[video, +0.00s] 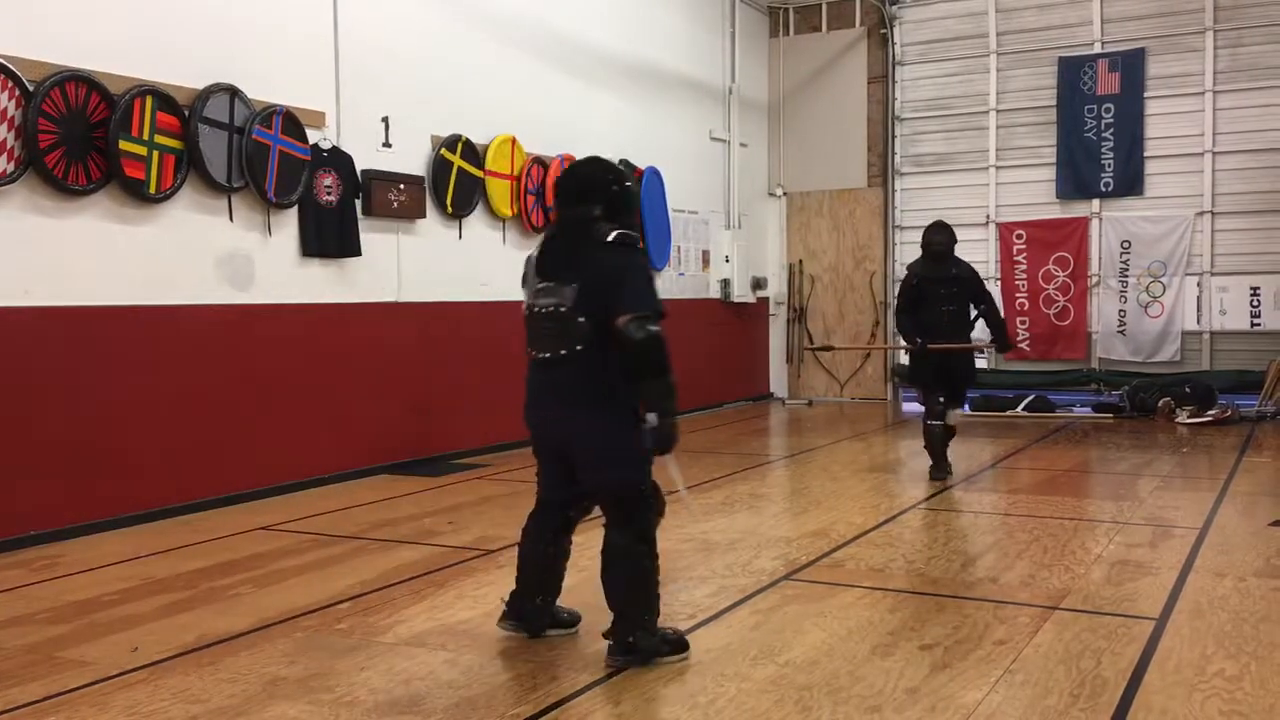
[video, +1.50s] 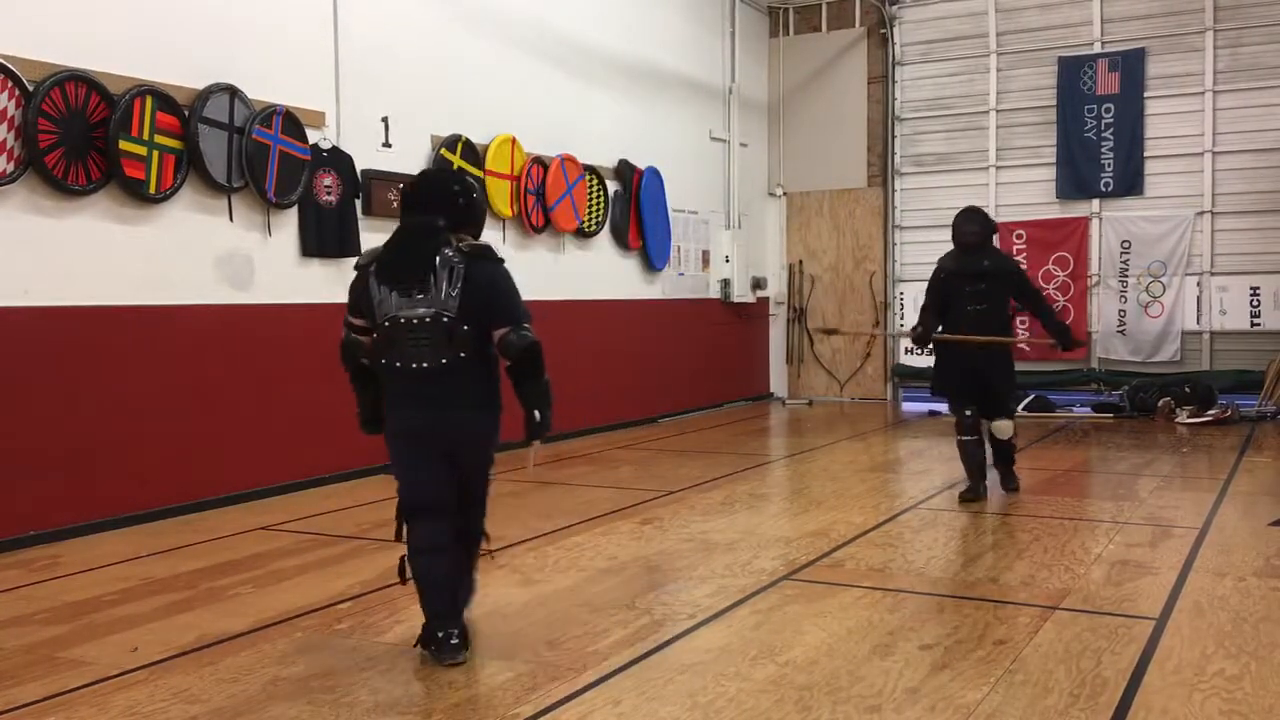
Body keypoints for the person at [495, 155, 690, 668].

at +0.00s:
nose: (633, 201)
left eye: (630, 192)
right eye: (627, 194)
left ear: (568, 200)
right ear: (613, 199)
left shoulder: (543, 255)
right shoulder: (620, 250)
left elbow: (547, 338)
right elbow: (640, 335)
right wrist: (660, 410)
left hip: (549, 409)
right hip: (606, 411)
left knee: (558, 501)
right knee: (633, 508)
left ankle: (531, 603)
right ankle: (634, 630)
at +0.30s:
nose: (664, 206)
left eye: (662, 199)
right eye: (660, 198)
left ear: (596, 197)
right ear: (650, 199)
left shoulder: (555, 249)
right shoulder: (661, 254)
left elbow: (523, 330)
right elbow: (698, 339)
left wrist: (525, 400)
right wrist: (727, 405)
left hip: (558, 409)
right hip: (624, 413)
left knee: (557, 508)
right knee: (644, 513)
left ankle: (537, 621)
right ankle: (635, 629)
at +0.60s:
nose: (636, 203)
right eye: (634, 195)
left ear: (572, 197)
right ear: (627, 199)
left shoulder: (537, 250)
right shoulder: (644, 255)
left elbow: (510, 331)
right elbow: (679, 341)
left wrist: (534, 383)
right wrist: (699, 403)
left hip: (543, 409)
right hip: (613, 414)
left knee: (520, 507)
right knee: (634, 511)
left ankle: (486, 622)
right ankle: (633, 630)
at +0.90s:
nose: (567, 215)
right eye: (562, 206)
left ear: (498, 211)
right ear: (556, 213)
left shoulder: (464, 268)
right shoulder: (569, 268)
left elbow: (440, 346)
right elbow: (607, 350)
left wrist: (450, 409)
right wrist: (634, 414)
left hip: (478, 423)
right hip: (547, 424)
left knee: (463, 522)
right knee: (592, 519)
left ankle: (446, 630)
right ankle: (628, 629)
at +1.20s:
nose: (505, 208)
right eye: (499, 200)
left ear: (435, 202)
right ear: (487, 205)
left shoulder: (397, 263)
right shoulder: (507, 263)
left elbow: (362, 337)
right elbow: (543, 347)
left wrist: (355, 399)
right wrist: (565, 409)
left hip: (430, 420)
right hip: (493, 419)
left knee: (439, 521)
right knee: (531, 504)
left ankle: (445, 632)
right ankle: (539, 616)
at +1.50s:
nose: (481, 222)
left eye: (480, 213)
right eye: (476, 213)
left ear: (412, 211)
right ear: (463, 214)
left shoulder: (375, 268)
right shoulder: (479, 265)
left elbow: (356, 344)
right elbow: (516, 342)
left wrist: (371, 405)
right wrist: (537, 404)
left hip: (407, 414)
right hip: (470, 411)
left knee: (424, 513)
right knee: (465, 508)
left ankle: (442, 628)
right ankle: (450, 614)